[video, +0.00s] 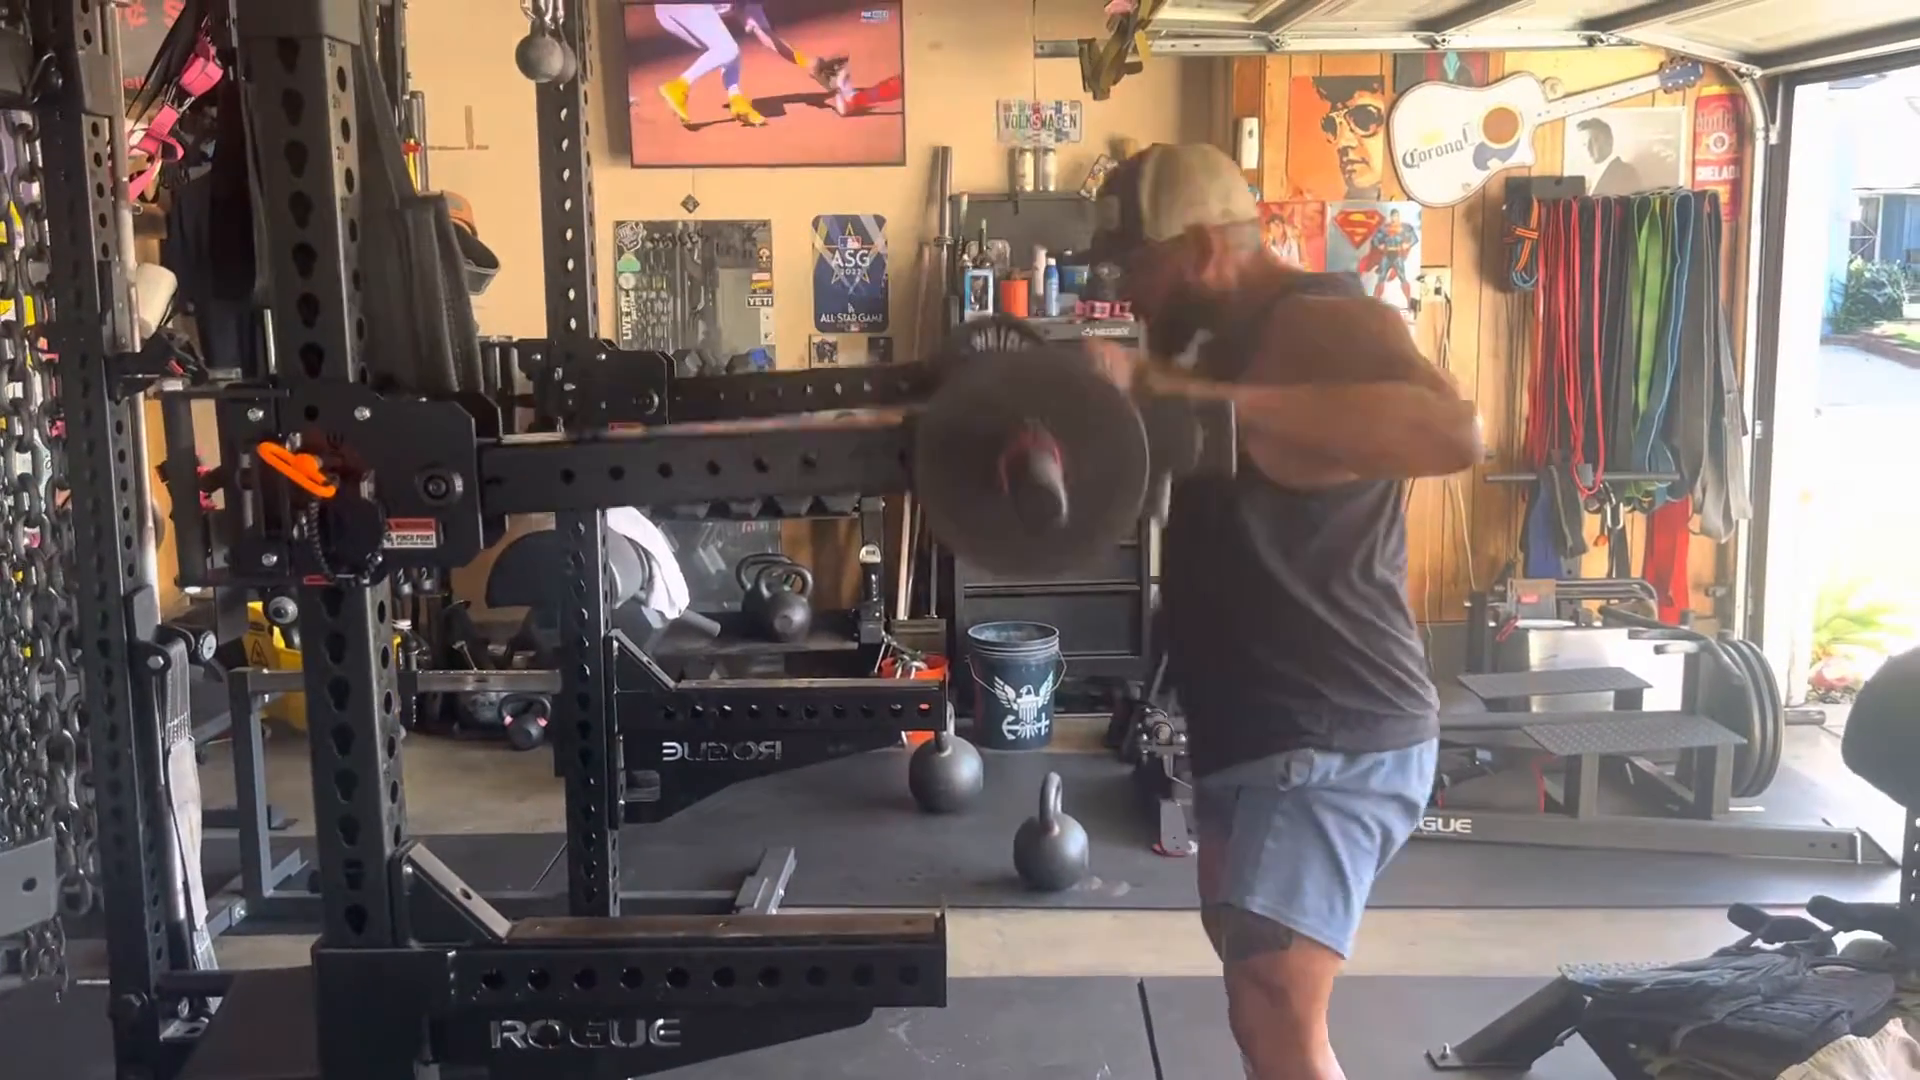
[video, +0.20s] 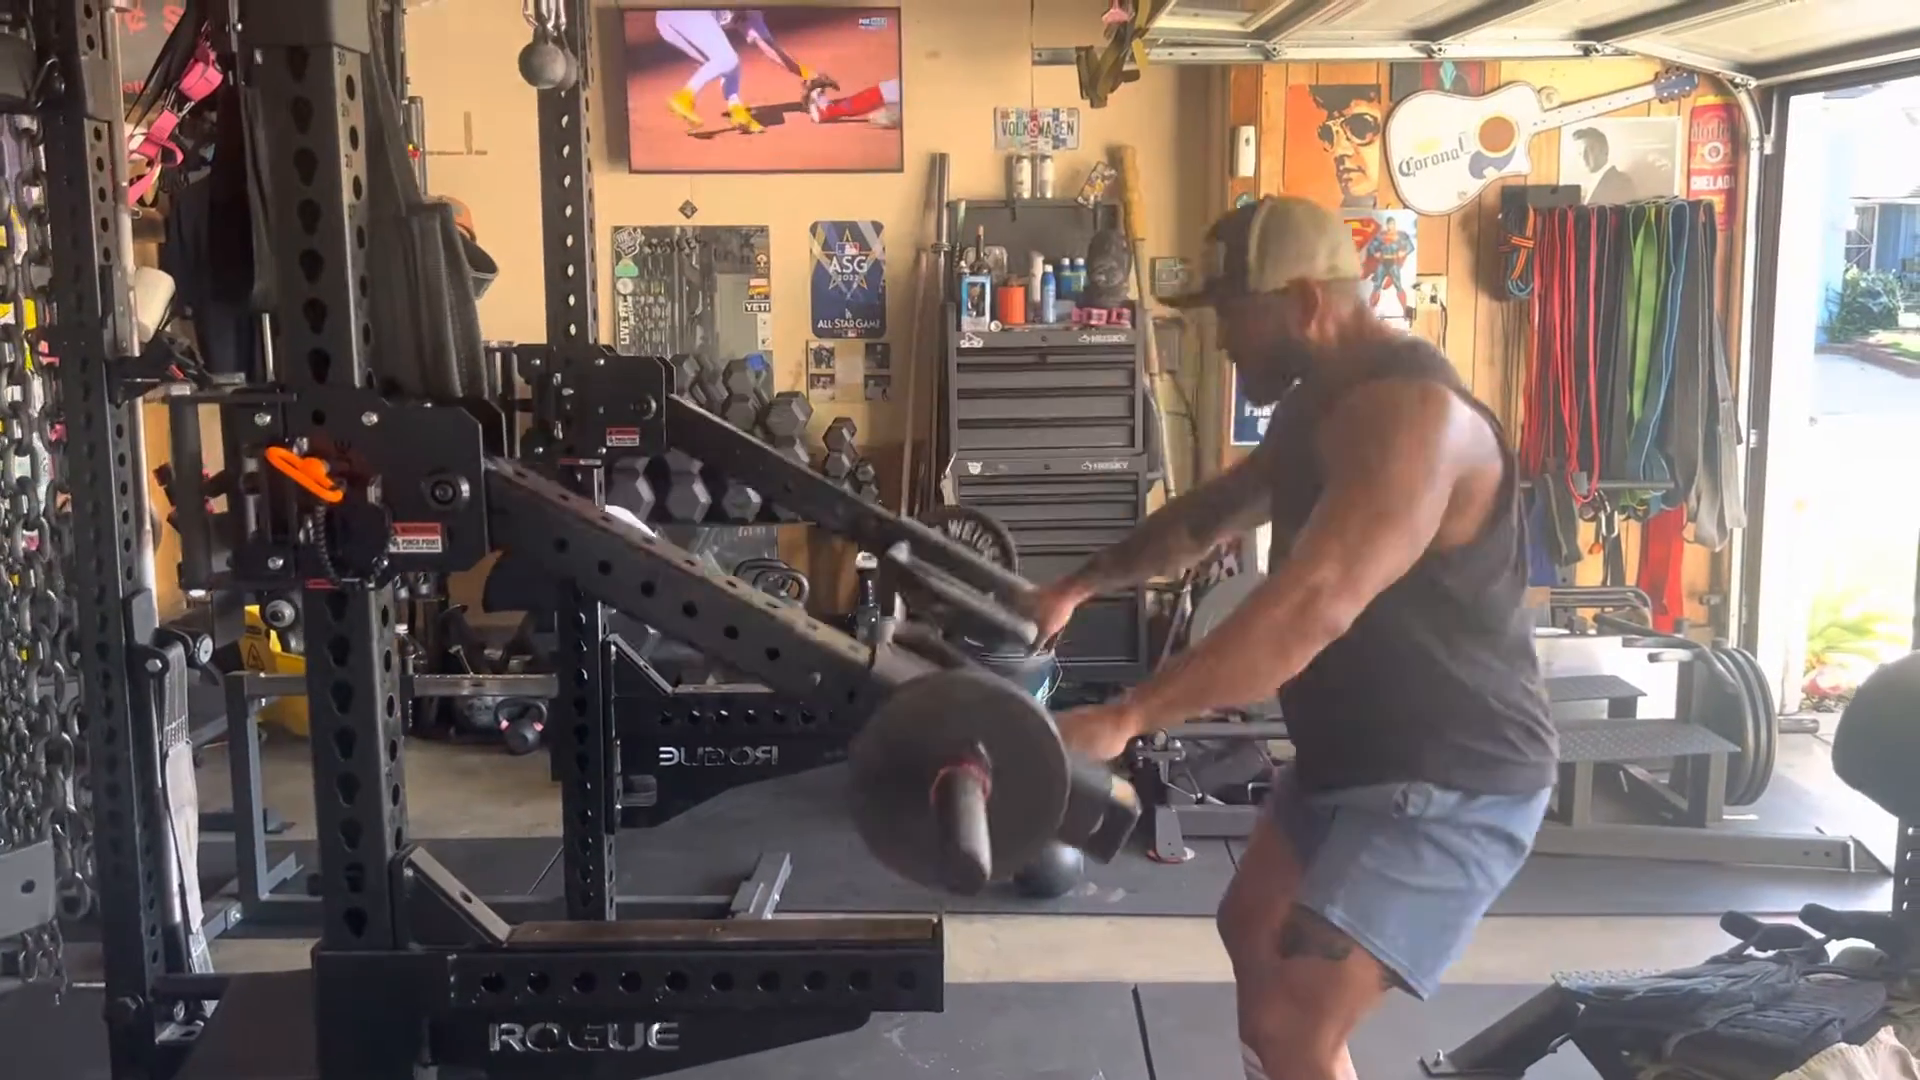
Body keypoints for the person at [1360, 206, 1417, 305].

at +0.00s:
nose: (1395, 219)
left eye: (1396, 216)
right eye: (1393, 216)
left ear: (1399, 217)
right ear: (1390, 217)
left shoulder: (1406, 228)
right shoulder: (1384, 228)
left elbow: (1414, 239)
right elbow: (1375, 239)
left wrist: (1407, 246)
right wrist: (1379, 246)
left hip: (1399, 252)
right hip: (1387, 252)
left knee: (1402, 277)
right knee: (1381, 277)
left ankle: (1408, 300)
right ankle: (1376, 300)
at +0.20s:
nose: (1391, 227)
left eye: (1392, 224)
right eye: (1389, 225)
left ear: (1395, 225)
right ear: (1386, 225)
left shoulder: (1402, 235)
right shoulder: (1381, 236)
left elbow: (1410, 247)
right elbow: (1371, 247)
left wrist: (1403, 253)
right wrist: (1376, 254)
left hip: (1394, 261)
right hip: (1383, 260)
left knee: (1398, 285)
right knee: (1377, 284)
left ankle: (1405, 308)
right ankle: (1371, 308)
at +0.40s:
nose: (1388, 235)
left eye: (1390, 233)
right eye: (1387, 233)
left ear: (1393, 233)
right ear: (1384, 234)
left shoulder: (1399, 244)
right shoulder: (1379, 244)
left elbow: (1408, 256)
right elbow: (1369, 255)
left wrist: (1401, 262)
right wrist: (1373, 262)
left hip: (1392, 269)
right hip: (1380, 269)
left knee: (1395, 293)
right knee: (1374, 293)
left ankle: (1402, 317)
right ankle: (1369, 318)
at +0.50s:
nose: (1388, 240)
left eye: (1389, 238)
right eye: (1386, 238)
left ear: (1392, 238)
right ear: (1383, 238)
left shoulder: (1399, 248)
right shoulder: (1378, 248)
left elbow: (1407, 260)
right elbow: (1368, 259)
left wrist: (1400, 266)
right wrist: (1372, 266)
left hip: (1391, 273)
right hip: (1379, 273)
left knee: (1395, 297)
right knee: (1373, 298)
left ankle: (1401, 322)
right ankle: (1368, 322)